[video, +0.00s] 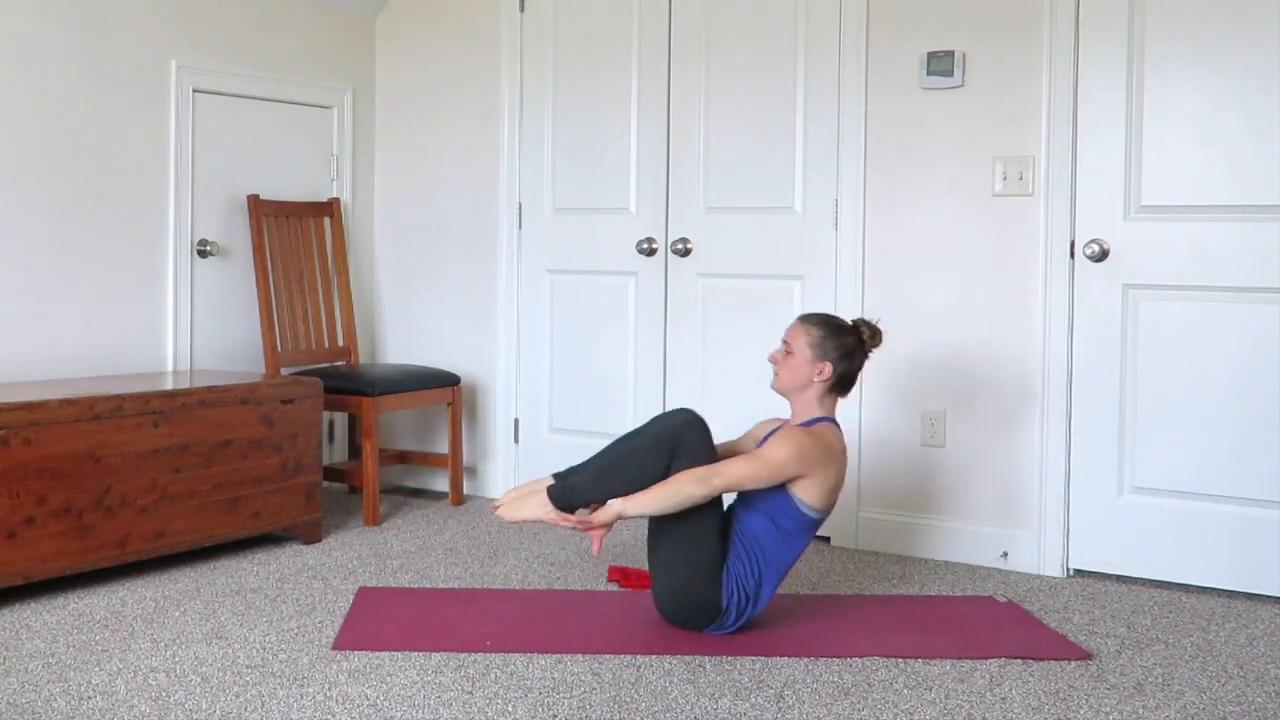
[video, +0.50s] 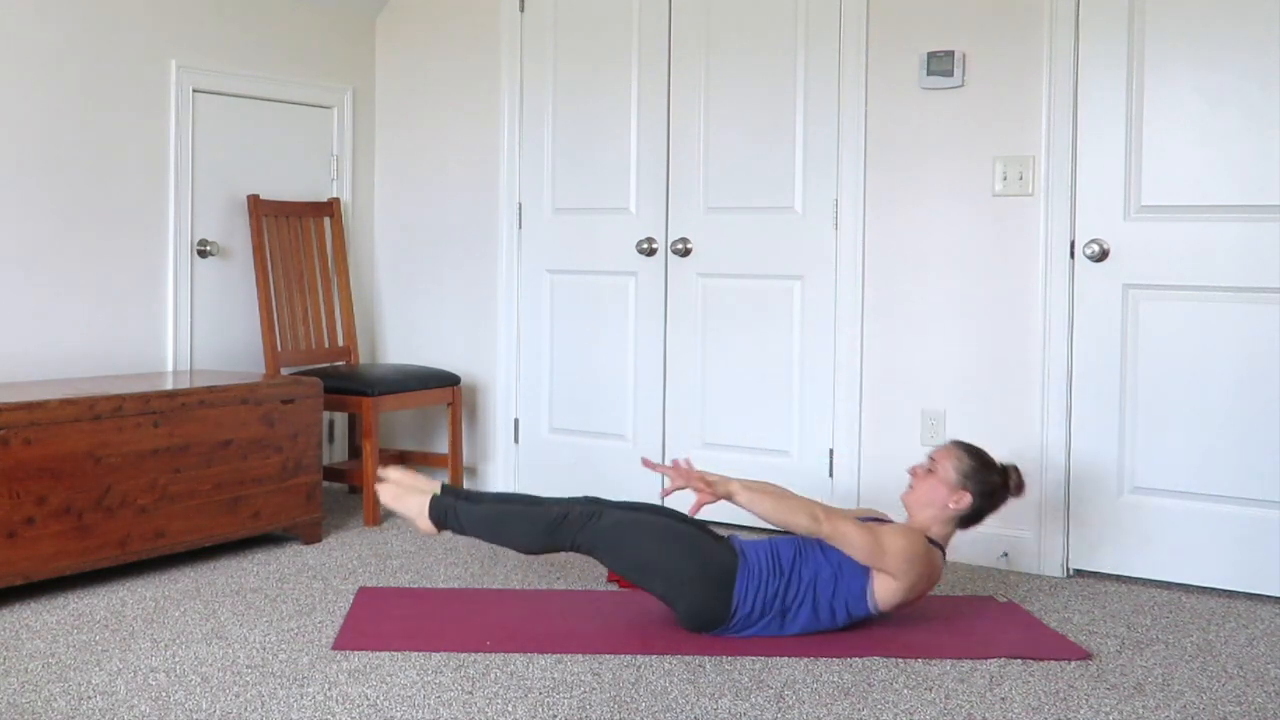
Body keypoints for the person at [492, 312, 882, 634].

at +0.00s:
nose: (774, 358)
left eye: (788, 351)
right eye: (781, 348)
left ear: (821, 372)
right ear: (816, 371)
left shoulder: (808, 443)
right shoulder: (778, 430)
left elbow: (712, 482)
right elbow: (698, 466)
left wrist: (617, 510)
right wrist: (604, 503)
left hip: (711, 599)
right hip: (704, 582)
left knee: (684, 431)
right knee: (681, 426)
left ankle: (558, 499)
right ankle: (559, 487)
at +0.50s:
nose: (914, 475)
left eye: (931, 474)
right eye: (923, 465)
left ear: (958, 505)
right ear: (939, 492)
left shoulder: (910, 555)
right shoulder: (899, 534)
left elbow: (812, 519)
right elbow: (809, 516)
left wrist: (724, 486)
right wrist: (720, 488)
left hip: (728, 585)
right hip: (729, 569)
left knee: (583, 517)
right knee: (584, 513)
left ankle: (434, 505)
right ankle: (437, 500)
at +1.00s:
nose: (919, 485)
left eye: (935, 483)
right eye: (928, 476)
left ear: (964, 515)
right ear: (952, 508)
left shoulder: (915, 562)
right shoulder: (911, 550)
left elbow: (817, 526)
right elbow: (813, 531)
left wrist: (729, 499)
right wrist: (721, 502)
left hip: (732, 580)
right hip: (734, 569)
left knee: (587, 524)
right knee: (590, 518)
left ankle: (440, 502)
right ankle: (445, 499)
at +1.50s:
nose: (765, 362)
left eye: (778, 354)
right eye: (771, 351)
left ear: (812, 372)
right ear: (809, 372)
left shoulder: (805, 445)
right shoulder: (784, 433)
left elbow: (706, 482)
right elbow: (694, 460)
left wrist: (609, 511)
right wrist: (594, 495)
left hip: (713, 599)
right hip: (707, 582)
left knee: (672, 431)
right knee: (669, 427)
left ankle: (550, 510)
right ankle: (551, 499)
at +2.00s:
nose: (838, 393)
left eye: (852, 388)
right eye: (845, 383)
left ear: (885, 413)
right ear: (873, 409)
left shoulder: (865, 483)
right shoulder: (836, 465)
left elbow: (759, 498)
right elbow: (741, 475)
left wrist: (660, 502)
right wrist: (649, 490)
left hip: (716, 595)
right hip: (714, 570)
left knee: (619, 452)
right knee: (619, 450)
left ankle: (483, 514)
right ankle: (489, 509)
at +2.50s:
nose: (953, 501)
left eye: (969, 505)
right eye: (966, 496)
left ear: (985, 543)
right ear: (967, 527)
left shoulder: (930, 585)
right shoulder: (912, 559)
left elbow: (843, 543)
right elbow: (822, 533)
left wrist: (767, 509)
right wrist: (744, 504)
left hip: (739, 582)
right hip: (740, 563)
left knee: (606, 484)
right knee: (607, 480)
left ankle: (484, 409)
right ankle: (486, 414)